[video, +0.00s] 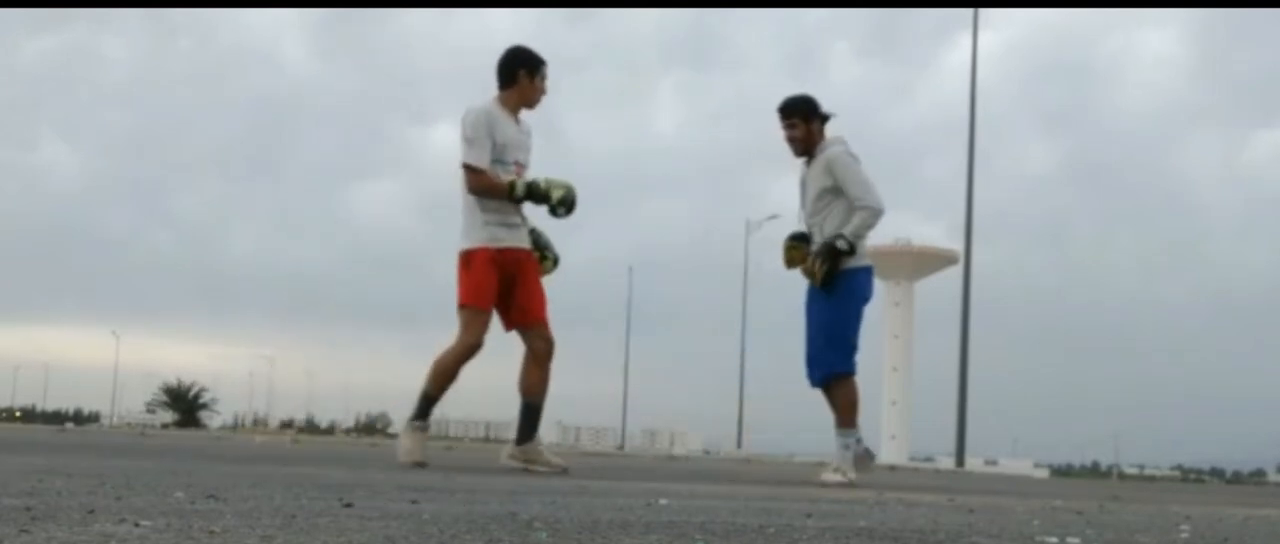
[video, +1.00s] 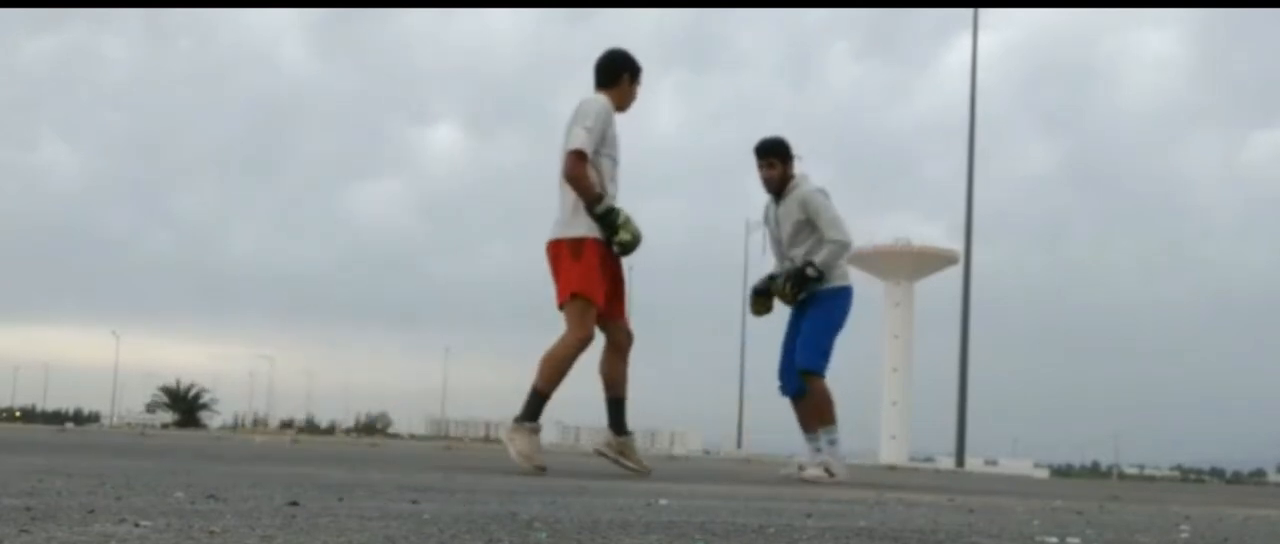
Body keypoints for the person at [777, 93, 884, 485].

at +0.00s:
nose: (789, 135)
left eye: (795, 127)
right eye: (785, 128)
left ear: (816, 125)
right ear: (788, 130)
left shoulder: (836, 156)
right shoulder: (810, 168)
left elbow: (871, 206)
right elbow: (818, 218)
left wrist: (840, 245)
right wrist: (803, 239)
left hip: (846, 273)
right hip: (825, 273)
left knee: (837, 364)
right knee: (822, 366)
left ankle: (846, 457)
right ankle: (854, 448)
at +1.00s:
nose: (765, 174)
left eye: (771, 166)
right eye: (761, 168)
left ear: (788, 166)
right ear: (759, 171)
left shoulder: (810, 196)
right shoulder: (772, 211)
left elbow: (839, 240)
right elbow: (786, 260)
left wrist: (810, 271)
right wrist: (770, 283)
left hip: (830, 292)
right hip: (803, 298)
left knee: (808, 369)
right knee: (791, 376)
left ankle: (833, 457)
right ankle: (816, 456)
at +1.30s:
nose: (742, 182)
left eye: (748, 175)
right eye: (738, 175)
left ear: (764, 175)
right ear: (736, 178)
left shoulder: (788, 209)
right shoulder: (747, 216)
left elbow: (784, 266)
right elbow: (755, 261)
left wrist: (762, 301)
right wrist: (749, 280)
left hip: (804, 299)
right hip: (773, 301)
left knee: (800, 375)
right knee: (742, 371)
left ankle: (828, 459)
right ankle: (741, 449)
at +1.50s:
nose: (701, 197)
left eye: (707, 190)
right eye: (699, 190)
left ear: (722, 190)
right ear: (700, 191)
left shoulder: (742, 221)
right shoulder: (717, 223)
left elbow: (767, 272)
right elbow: (718, 266)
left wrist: (754, 315)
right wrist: (713, 267)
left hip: (770, 307)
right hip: (743, 307)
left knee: (784, 379)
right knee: (708, 378)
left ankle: (819, 457)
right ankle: (713, 452)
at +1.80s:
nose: (688, 178)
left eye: (694, 171)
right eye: (683, 171)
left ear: (704, 172)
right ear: (675, 174)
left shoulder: (727, 204)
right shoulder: (670, 210)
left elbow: (754, 244)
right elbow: (651, 254)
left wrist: (718, 256)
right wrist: (653, 293)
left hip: (724, 299)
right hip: (688, 301)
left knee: (725, 372)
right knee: (695, 378)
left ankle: (714, 440)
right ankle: (710, 445)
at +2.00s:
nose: (683, 185)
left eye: (687, 178)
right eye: (677, 179)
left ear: (695, 180)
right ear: (667, 181)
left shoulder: (707, 213)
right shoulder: (655, 211)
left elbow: (717, 260)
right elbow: (646, 248)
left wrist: (690, 246)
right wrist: (667, 240)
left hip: (694, 302)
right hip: (663, 300)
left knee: (688, 380)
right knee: (676, 377)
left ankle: (651, 438)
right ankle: (702, 442)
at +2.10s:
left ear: (685, 191)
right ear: (657, 191)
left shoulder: (697, 223)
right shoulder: (646, 220)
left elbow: (703, 274)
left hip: (676, 309)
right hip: (648, 307)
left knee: (677, 386)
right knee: (656, 372)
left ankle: (642, 447)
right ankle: (667, 441)